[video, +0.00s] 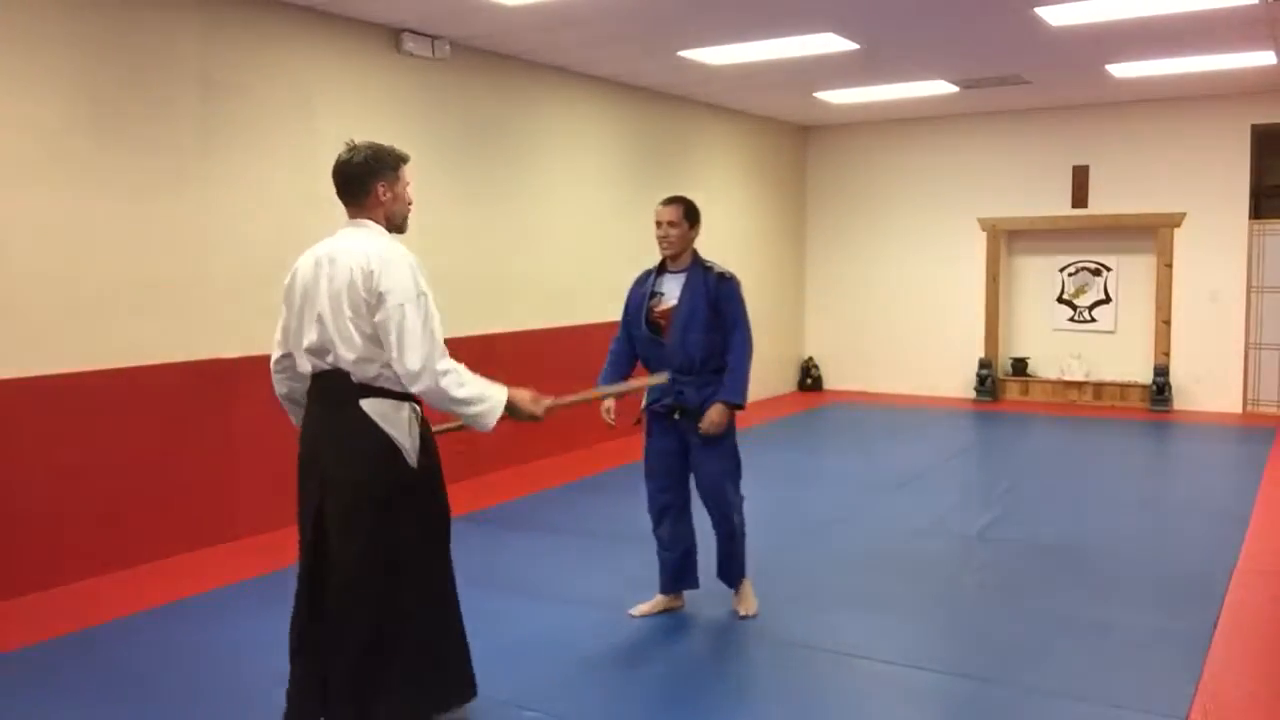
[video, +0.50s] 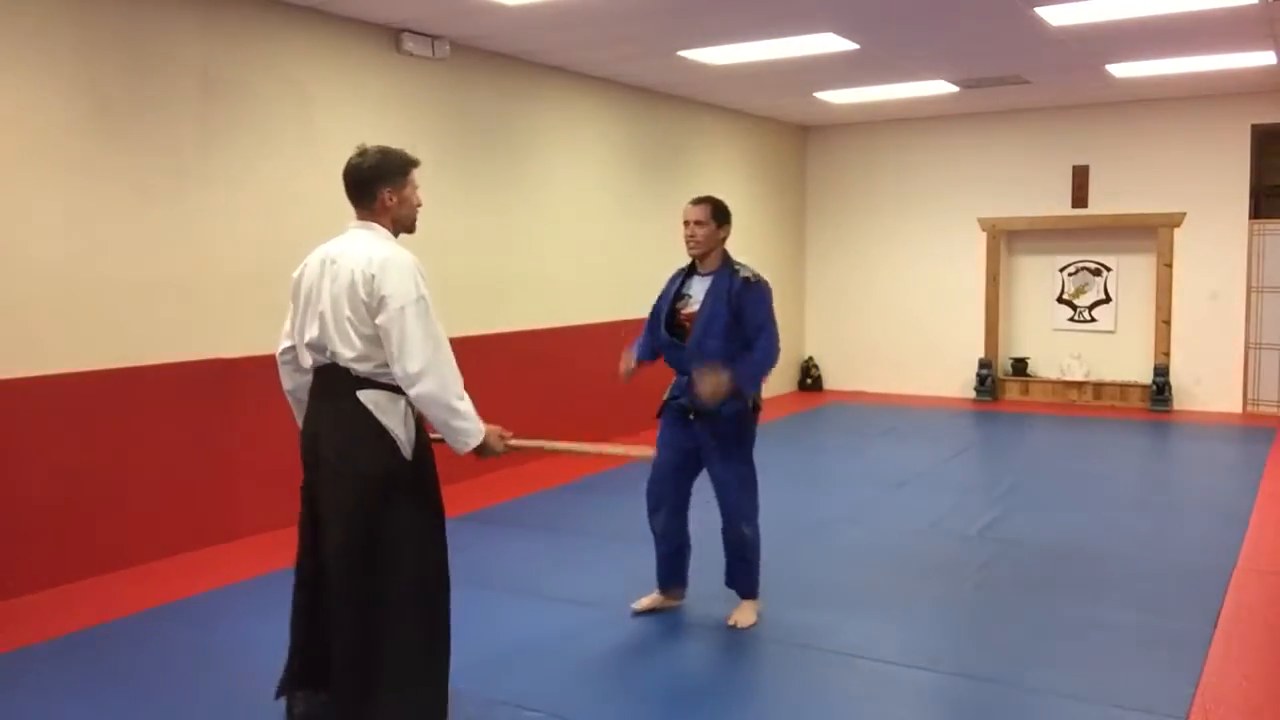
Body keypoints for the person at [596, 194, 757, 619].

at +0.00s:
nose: (663, 233)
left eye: (672, 226)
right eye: (658, 225)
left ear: (693, 230)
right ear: (654, 230)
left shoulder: (719, 284)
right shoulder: (644, 284)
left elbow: (740, 347)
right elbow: (624, 343)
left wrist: (726, 402)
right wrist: (609, 389)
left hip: (708, 412)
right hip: (661, 413)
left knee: (723, 502)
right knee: (664, 504)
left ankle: (739, 582)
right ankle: (671, 592)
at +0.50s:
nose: (690, 233)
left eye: (699, 225)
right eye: (686, 225)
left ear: (723, 231)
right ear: (682, 230)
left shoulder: (748, 286)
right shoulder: (678, 282)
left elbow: (766, 348)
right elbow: (657, 333)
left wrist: (733, 379)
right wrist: (637, 351)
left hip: (729, 416)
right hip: (681, 411)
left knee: (738, 509)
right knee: (663, 497)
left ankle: (748, 597)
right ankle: (671, 589)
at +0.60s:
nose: (698, 234)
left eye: (707, 226)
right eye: (694, 226)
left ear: (730, 232)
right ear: (691, 231)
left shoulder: (751, 284)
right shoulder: (682, 281)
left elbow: (757, 331)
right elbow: (646, 312)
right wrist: (630, 306)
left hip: (733, 407)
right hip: (687, 403)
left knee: (739, 505)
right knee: (664, 494)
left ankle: (747, 597)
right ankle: (674, 586)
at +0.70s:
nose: (699, 232)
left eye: (706, 225)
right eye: (697, 225)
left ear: (730, 230)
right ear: (696, 229)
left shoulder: (749, 277)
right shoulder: (682, 274)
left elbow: (755, 287)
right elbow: (630, 276)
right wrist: (615, 251)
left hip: (735, 403)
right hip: (688, 400)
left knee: (739, 502)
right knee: (670, 493)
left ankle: (747, 597)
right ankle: (679, 582)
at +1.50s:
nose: (683, 250)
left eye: (691, 243)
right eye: (679, 244)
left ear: (713, 247)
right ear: (676, 249)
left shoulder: (742, 294)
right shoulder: (666, 296)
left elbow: (757, 344)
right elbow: (627, 347)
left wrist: (727, 305)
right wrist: (641, 308)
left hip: (730, 413)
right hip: (681, 414)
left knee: (740, 491)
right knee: (654, 483)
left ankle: (757, 565)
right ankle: (658, 581)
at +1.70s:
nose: (640, 254)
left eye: (649, 246)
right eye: (636, 247)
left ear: (670, 251)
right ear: (632, 251)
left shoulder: (697, 298)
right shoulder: (622, 300)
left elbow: (715, 346)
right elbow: (593, 356)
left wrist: (681, 308)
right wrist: (603, 326)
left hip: (687, 416)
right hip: (640, 419)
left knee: (715, 489)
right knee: (631, 502)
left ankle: (749, 552)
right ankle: (657, 586)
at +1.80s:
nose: (617, 253)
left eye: (625, 245)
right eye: (612, 246)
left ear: (646, 250)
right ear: (608, 252)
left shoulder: (673, 296)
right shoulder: (604, 301)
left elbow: (683, 346)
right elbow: (579, 359)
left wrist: (643, 306)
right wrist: (587, 334)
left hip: (669, 419)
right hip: (622, 420)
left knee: (668, 502)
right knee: (621, 513)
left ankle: (702, 564)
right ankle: (656, 588)